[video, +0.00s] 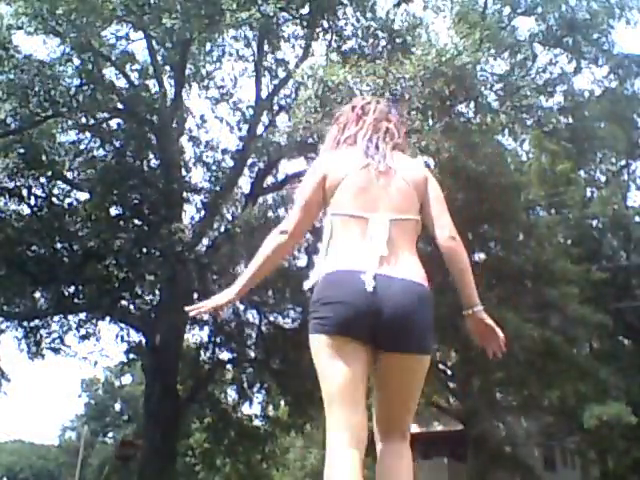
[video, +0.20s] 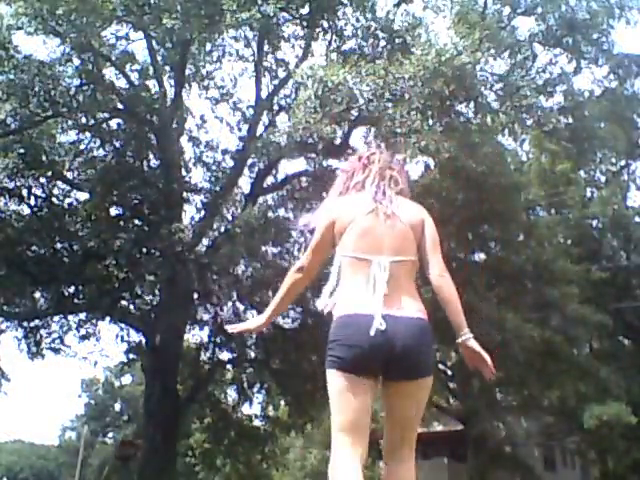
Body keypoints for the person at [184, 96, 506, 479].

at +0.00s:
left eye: (337, 129)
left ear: (344, 130)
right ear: (396, 133)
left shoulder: (330, 162)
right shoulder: (420, 170)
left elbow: (287, 236)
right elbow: (448, 239)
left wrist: (235, 290)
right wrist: (473, 309)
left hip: (339, 288)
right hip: (409, 297)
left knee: (344, 438)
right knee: (396, 434)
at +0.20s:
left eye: (345, 174)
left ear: (352, 177)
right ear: (398, 181)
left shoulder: (339, 207)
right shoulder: (417, 213)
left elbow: (304, 270)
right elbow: (438, 275)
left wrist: (265, 317)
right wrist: (464, 335)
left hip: (351, 330)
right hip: (412, 335)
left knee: (347, 449)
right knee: (401, 453)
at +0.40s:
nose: (341, 212)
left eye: (345, 207)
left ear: (351, 204)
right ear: (394, 205)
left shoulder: (342, 228)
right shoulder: (414, 236)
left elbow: (315, 292)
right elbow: (431, 300)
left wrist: (281, 345)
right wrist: (451, 356)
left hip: (355, 343)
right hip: (411, 347)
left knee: (345, 445)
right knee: (397, 458)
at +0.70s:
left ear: (343, 241)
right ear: (382, 245)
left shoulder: (330, 265)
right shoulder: (397, 271)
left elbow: (305, 320)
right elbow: (413, 329)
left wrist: (270, 368)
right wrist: (431, 383)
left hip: (331, 369)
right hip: (383, 373)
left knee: (333, 468)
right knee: (380, 472)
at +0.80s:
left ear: (341, 258)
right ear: (380, 261)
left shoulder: (326, 282)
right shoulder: (393, 287)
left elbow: (300, 336)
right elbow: (408, 346)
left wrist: (266, 379)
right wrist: (427, 397)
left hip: (325, 378)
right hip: (376, 383)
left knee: (333, 469)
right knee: (372, 468)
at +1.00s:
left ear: (342, 300)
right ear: (378, 304)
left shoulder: (327, 321)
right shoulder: (390, 329)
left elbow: (302, 373)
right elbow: (404, 386)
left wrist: (269, 422)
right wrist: (422, 437)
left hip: (318, 403)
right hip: (368, 407)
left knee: (333, 474)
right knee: (362, 473)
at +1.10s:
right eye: (380, 329)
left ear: (342, 326)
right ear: (378, 328)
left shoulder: (327, 349)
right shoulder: (389, 354)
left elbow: (301, 401)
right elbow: (405, 412)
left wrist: (271, 451)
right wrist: (423, 465)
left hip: (319, 426)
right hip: (369, 428)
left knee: (330, 474)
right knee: (366, 475)